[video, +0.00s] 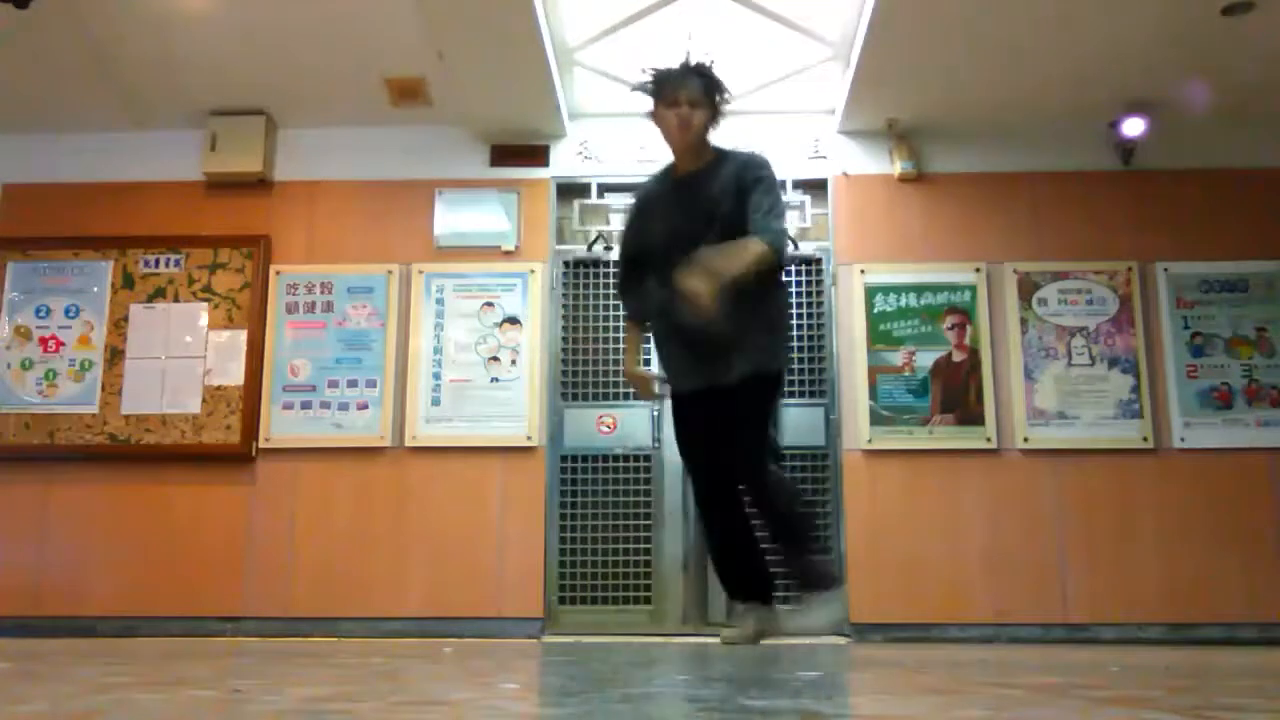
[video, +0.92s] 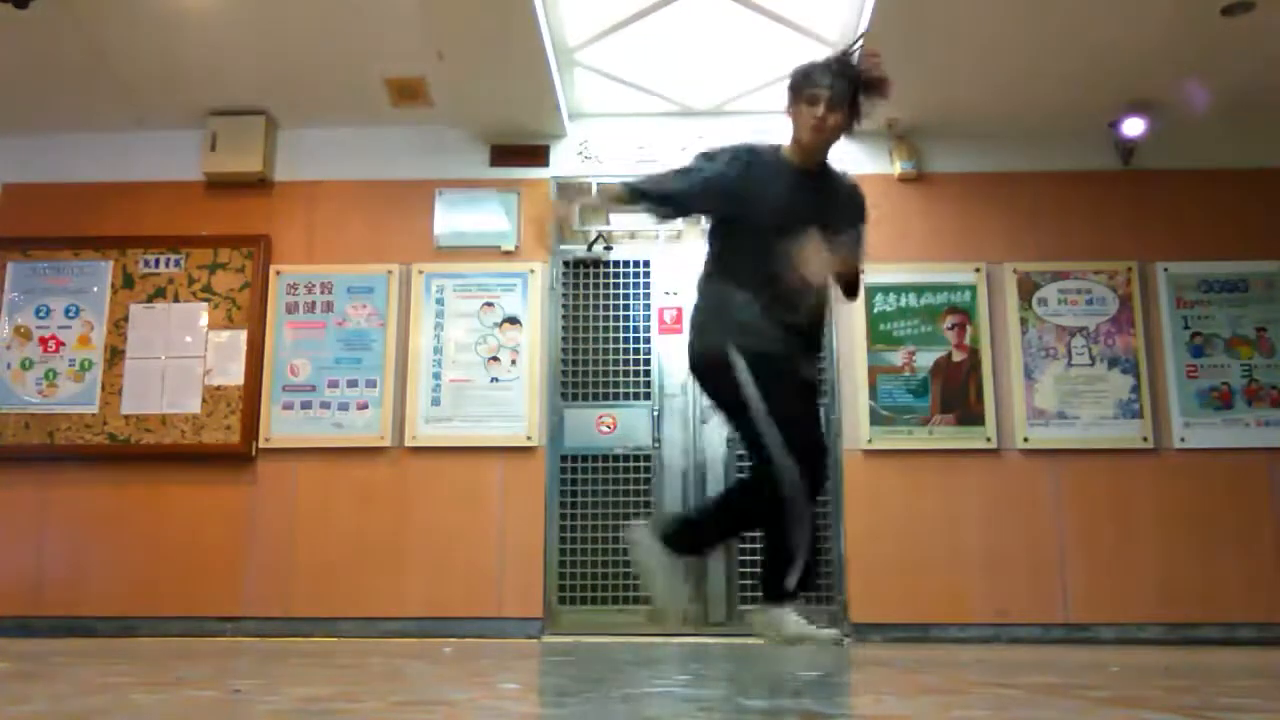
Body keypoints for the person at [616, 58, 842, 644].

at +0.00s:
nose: (679, 116)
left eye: (690, 105)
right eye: (668, 106)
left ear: (712, 113)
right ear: (656, 116)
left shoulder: (746, 171)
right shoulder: (652, 199)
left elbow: (769, 239)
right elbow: (634, 283)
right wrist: (631, 358)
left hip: (753, 355)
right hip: (689, 366)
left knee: (749, 466)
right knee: (711, 486)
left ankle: (818, 586)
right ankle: (752, 602)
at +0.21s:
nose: (713, 149)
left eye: (725, 138)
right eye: (703, 139)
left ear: (746, 147)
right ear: (692, 149)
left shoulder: (773, 201)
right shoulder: (675, 227)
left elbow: (793, 252)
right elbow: (656, 308)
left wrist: (732, 265)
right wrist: (697, 300)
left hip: (776, 373)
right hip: (713, 380)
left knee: (786, 487)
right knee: (722, 501)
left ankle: (860, 518)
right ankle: (761, 614)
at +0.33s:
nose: (743, 112)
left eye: (755, 101)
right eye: (734, 100)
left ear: (773, 109)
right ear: (718, 106)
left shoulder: (806, 173)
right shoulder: (692, 181)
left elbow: (851, 248)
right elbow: (676, 245)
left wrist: (860, 314)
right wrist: (719, 214)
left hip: (792, 345)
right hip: (720, 348)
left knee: (794, 463)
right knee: (715, 472)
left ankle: (817, 568)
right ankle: (740, 594)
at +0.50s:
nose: (778, 116)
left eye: (791, 107)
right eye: (769, 105)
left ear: (811, 116)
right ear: (757, 111)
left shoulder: (835, 184)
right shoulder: (733, 175)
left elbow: (882, 237)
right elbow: (741, 212)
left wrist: (919, 269)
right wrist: (806, 169)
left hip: (804, 363)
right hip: (729, 359)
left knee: (817, 486)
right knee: (676, 466)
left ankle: (842, 612)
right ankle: (646, 601)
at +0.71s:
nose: (810, 116)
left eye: (823, 108)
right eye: (801, 104)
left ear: (841, 122)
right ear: (783, 111)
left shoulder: (852, 193)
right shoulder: (747, 174)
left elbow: (881, 268)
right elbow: (751, 232)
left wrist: (921, 324)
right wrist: (817, 257)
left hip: (805, 365)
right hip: (730, 355)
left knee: (822, 486)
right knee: (689, 449)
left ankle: (835, 609)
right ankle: (656, 566)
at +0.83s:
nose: (821, 105)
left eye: (835, 98)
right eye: (812, 91)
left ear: (849, 110)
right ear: (792, 92)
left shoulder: (850, 181)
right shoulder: (746, 152)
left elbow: (862, 267)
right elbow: (706, 219)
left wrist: (876, 328)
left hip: (796, 332)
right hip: (727, 323)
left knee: (804, 462)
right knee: (750, 443)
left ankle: (744, 577)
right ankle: (767, 586)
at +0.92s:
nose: (823, 118)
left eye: (835, 108)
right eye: (813, 104)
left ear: (848, 119)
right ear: (791, 107)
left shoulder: (842, 195)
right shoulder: (746, 169)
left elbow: (852, 280)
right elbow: (668, 191)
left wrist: (831, 263)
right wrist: (600, 199)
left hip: (790, 346)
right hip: (729, 333)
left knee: (797, 472)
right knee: (786, 464)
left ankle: (667, 542)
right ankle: (779, 605)